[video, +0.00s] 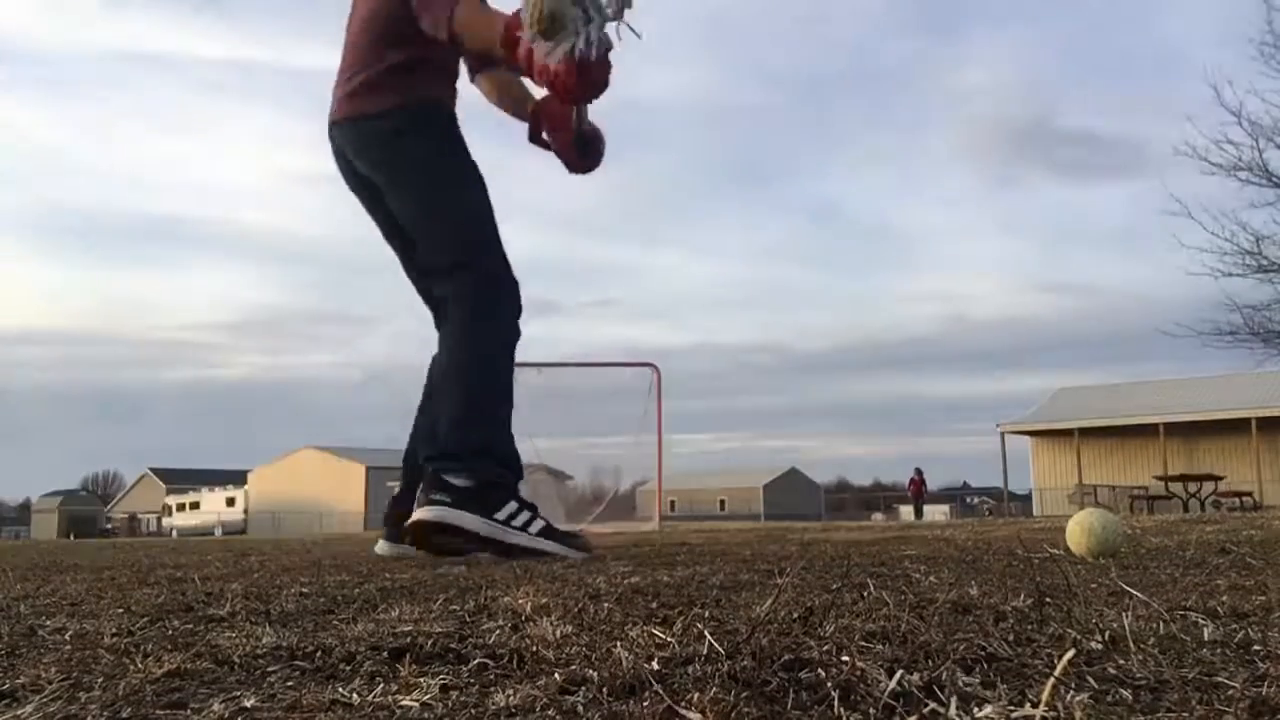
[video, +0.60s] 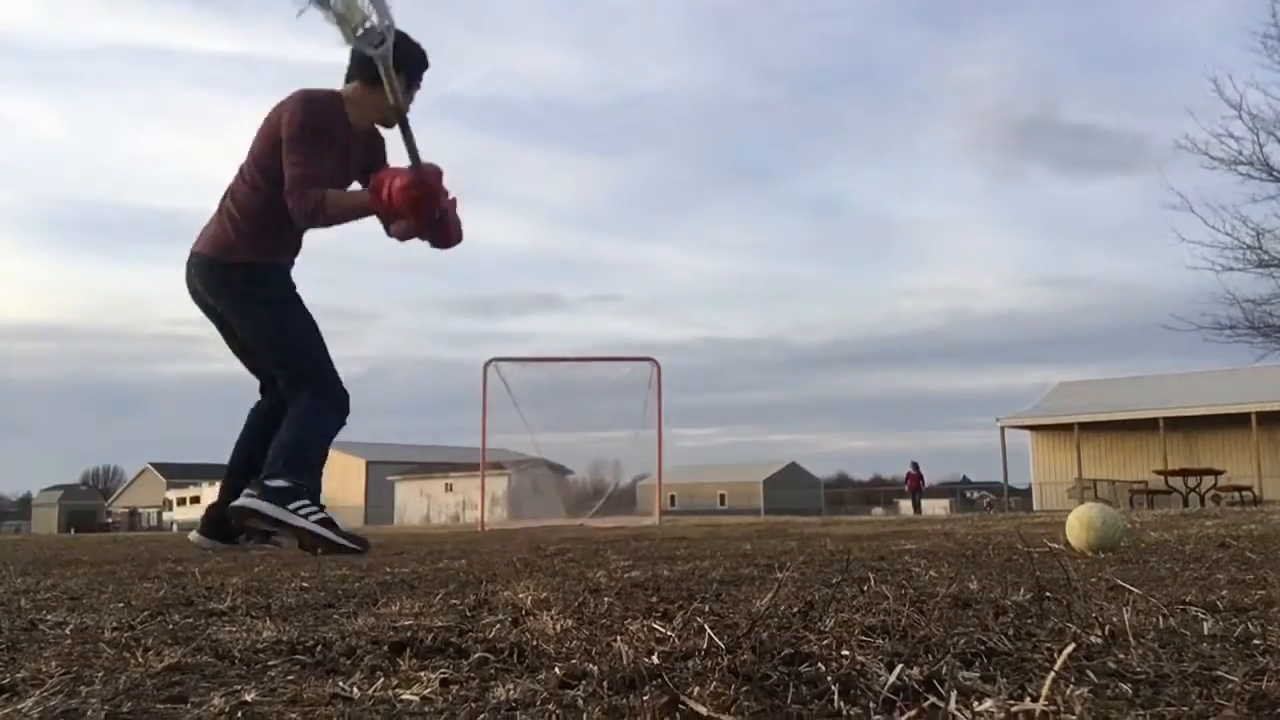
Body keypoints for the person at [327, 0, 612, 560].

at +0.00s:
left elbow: (487, 68)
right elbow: (447, 13)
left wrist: (548, 116)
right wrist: (531, 47)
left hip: (365, 121)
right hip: (403, 114)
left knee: (466, 307)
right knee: (487, 293)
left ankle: (419, 508)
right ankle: (471, 486)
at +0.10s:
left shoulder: (448, 5)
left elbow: (470, 70)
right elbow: (418, 55)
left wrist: (544, 99)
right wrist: (526, 70)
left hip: (384, 126)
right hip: (361, 122)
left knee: (464, 314)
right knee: (446, 287)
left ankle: (420, 506)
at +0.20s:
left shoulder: (425, 7)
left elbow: (441, 88)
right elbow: (422, 74)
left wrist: (526, 113)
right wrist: (526, 81)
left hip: (348, 133)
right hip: (321, 129)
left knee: (427, 303)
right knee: (415, 292)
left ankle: (418, 501)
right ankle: (295, 469)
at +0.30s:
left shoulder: (416, 15)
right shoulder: (372, 3)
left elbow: (427, 132)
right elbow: (389, 76)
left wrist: (473, 115)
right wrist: (511, 76)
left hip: (321, 175)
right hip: (288, 172)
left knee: (407, 332)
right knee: (389, 331)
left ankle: (330, 490)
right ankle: (284, 500)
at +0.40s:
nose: (457, 28)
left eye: (459, 16)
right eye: (458, 12)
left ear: (421, 7)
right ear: (436, 4)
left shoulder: (412, 75)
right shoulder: (344, 25)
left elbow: (414, 189)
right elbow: (321, 85)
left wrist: (435, 172)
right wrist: (438, 89)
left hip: (301, 225)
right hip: (269, 220)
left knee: (362, 366)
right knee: (376, 364)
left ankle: (248, 489)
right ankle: (275, 520)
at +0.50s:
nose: (438, 81)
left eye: (442, 67)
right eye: (439, 63)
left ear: (397, 47)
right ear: (418, 50)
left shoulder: (394, 115)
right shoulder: (325, 69)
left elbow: (391, 219)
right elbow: (293, 134)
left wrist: (409, 186)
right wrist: (386, 129)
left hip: (280, 253)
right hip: (253, 247)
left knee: (300, 383)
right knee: (357, 373)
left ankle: (239, 511)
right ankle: (275, 518)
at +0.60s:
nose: (410, 104)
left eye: (414, 91)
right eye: (408, 89)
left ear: (373, 80)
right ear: (379, 79)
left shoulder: (369, 143)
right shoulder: (309, 111)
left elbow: (391, 224)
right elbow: (305, 207)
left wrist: (425, 213)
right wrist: (382, 196)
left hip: (241, 271)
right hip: (239, 267)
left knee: (283, 390)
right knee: (325, 395)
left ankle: (230, 512)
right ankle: (284, 490)